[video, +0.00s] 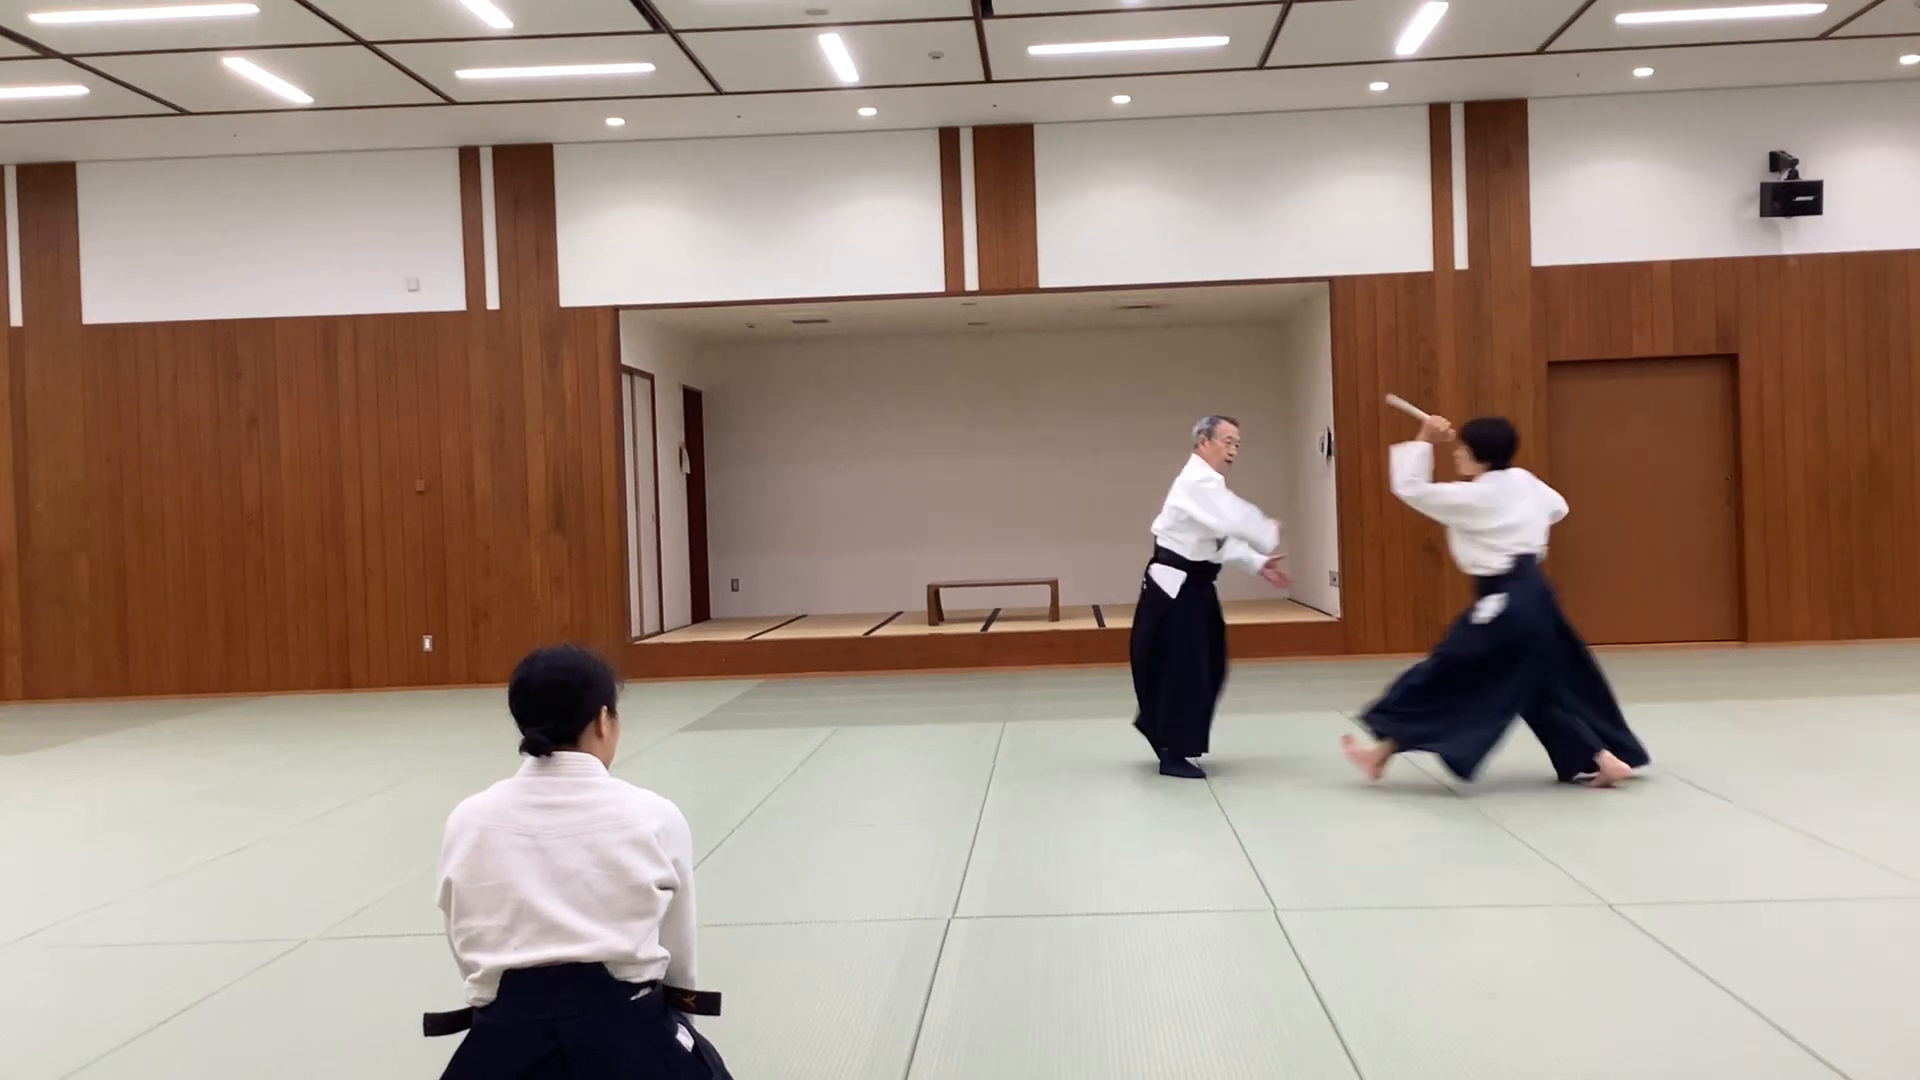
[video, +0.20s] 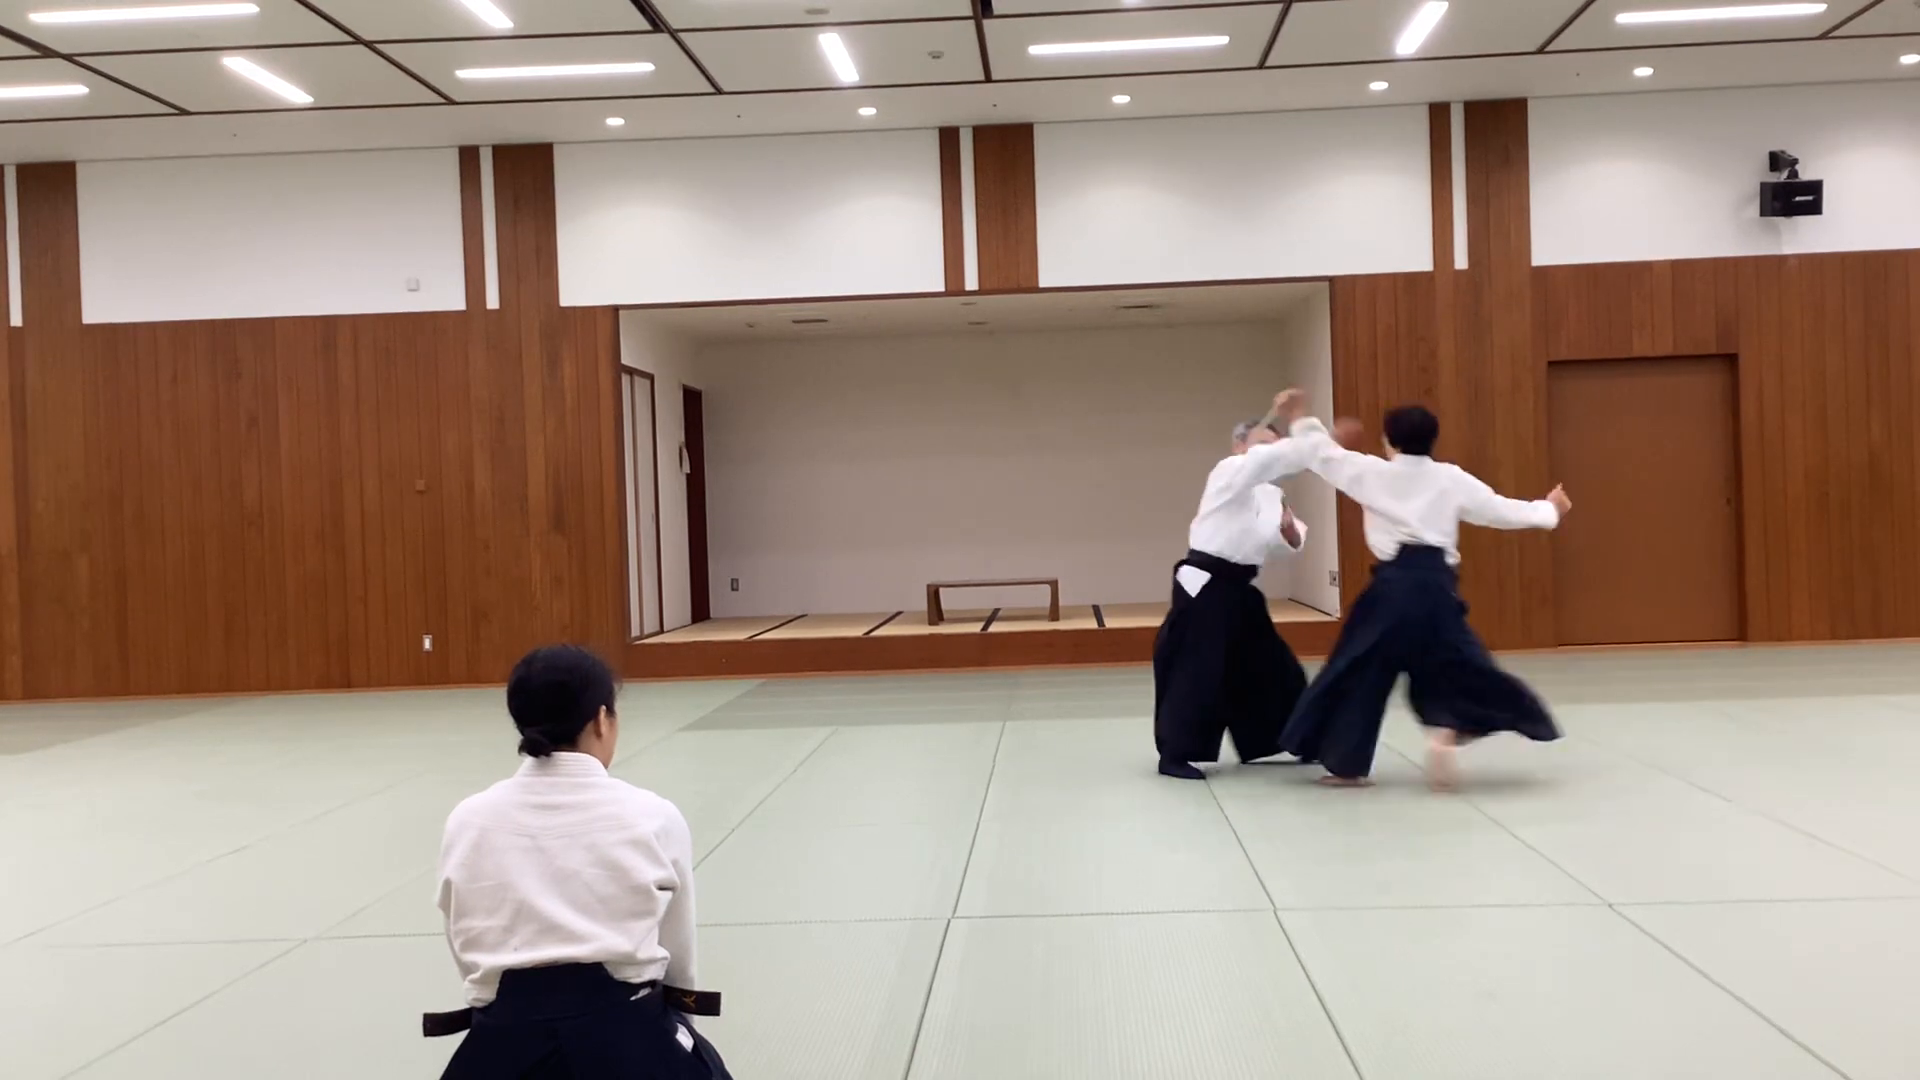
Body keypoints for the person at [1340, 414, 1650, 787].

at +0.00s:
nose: (1456, 454)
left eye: (1461, 449)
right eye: (1458, 448)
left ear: (1478, 456)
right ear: (1498, 455)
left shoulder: (1472, 496)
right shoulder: (1522, 481)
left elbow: (1409, 487)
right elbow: (1557, 507)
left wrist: (1423, 440)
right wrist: (1528, 532)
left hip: (1501, 602)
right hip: (1534, 595)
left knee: (1442, 672)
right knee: (1541, 686)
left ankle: (1380, 752)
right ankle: (1606, 761)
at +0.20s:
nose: (1383, 442)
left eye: (1385, 438)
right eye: (1386, 437)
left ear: (1390, 443)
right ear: (1431, 442)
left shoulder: (1374, 473)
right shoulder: (1450, 479)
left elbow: (1328, 457)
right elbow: (1499, 509)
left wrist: (1301, 422)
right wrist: (1549, 511)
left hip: (1392, 586)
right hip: (1438, 587)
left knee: (1365, 667)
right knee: (1455, 665)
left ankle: (1348, 764)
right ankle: (1445, 734)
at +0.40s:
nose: (1341, 429)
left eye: (1343, 424)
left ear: (1347, 427)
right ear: (1388, 428)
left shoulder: (1331, 461)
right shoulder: (1405, 466)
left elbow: (1273, 460)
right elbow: (1445, 503)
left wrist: (1241, 440)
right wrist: (1496, 525)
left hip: (1332, 565)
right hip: (1379, 571)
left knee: (1323, 652)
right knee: (1366, 662)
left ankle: (1317, 743)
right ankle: (1331, 749)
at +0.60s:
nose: (1329, 454)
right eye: (1326, 447)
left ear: (1281, 453)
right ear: (1321, 447)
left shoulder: (1268, 491)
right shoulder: (1342, 479)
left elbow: (1239, 532)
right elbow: (1386, 512)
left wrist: (1227, 524)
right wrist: (1435, 528)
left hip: (1289, 582)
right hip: (1338, 581)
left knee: (1264, 665)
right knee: (1337, 673)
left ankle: (1233, 738)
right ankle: (1321, 751)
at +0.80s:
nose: (1310, 504)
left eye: (1311, 501)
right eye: (1311, 499)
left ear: (1276, 486)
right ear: (1306, 492)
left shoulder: (1251, 515)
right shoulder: (1291, 504)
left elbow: (1238, 562)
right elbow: (1308, 531)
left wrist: (1298, 580)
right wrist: (1330, 533)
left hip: (1223, 595)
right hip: (1259, 596)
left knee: (1232, 677)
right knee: (1293, 677)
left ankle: (1219, 751)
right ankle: (1292, 757)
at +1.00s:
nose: (1330, 530)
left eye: (1334, 525)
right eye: (1331, 523)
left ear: (1313, 512)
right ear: (1314, 512)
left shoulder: (1298, 538)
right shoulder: (1283, 520)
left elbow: (1298, 581)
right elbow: (1244, 542)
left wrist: (1331, 597)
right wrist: (1256, 565)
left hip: (1233, 614)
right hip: (1213, 605)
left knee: (1256, 683)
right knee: (1190, 676)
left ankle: (1219, 746)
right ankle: (1125, 724)